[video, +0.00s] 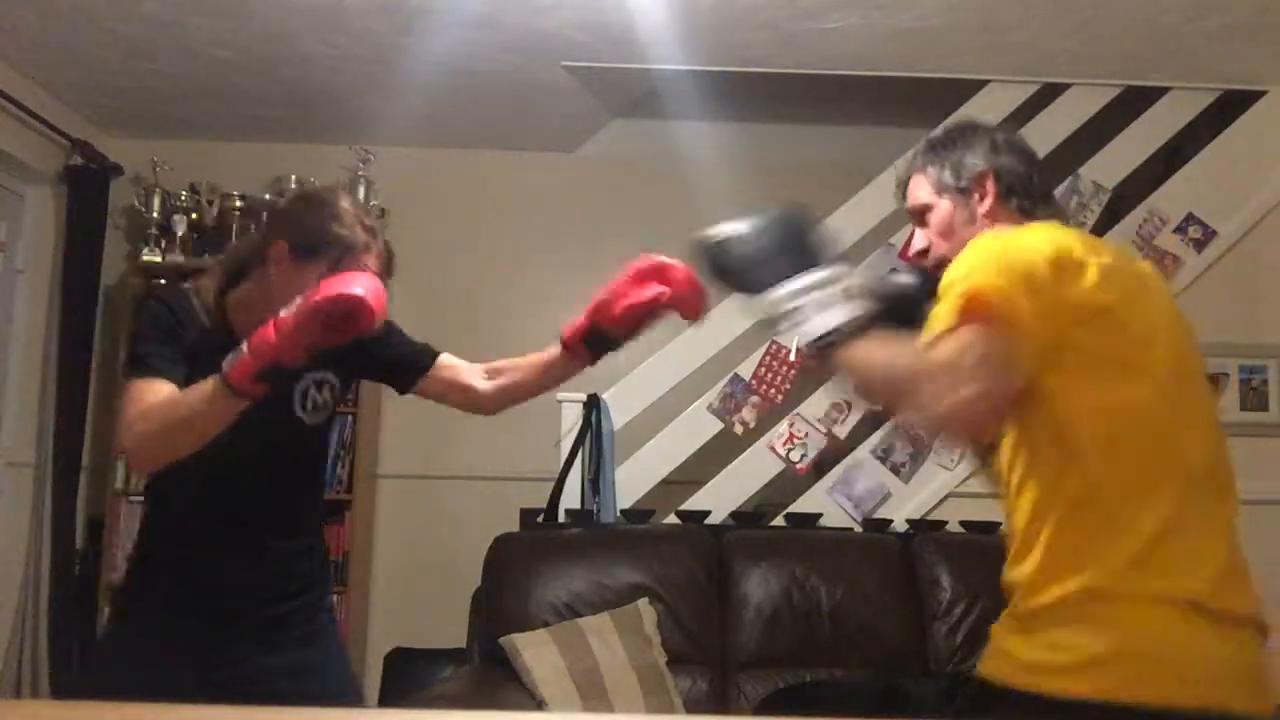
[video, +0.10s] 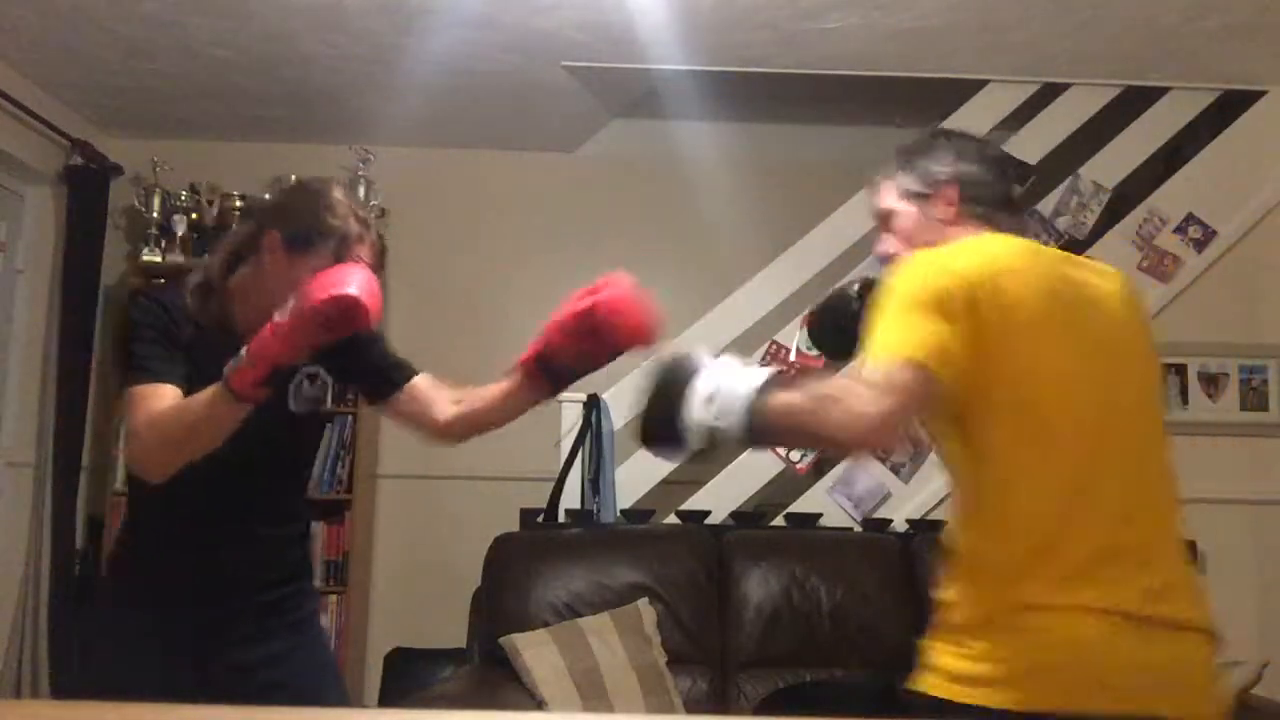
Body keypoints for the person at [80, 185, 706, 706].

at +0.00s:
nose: (337, 305)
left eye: (351, 290)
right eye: (330, 281)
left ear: (352, 281)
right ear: (279, 256)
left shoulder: (340, 331)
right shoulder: (175, 318)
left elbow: (483, 389)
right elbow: (142, 446)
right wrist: (268, 355)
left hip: (293, 628)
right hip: (169, 625)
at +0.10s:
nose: (334, 295)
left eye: (347, 278)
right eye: (327, 270)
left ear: (349, 275)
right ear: (273, 248)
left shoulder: (331, 333)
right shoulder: (168, 318)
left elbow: (447, 415)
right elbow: (150, 453)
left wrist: (551, 367)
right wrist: (266, 358)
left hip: (277, 619)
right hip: (157, 618)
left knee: (320, 710)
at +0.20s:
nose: (289, 303)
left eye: (301, 289)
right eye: (283, 280)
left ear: (305, 286)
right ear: (238, 248)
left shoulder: (291, 336)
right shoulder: (126, 311)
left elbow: (361, 459)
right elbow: (141, 448)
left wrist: (458, 422)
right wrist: (254, 342)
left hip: (245, 627)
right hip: (123, 624)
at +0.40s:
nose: (228, 307)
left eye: (240, 289)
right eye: (219, 281)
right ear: (164, 251)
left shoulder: (202, 352)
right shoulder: (66, 328)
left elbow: (225, 462)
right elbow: (218, 383)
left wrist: (309, 464)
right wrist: (312, 272)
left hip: (196, 628)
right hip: (87, 635)